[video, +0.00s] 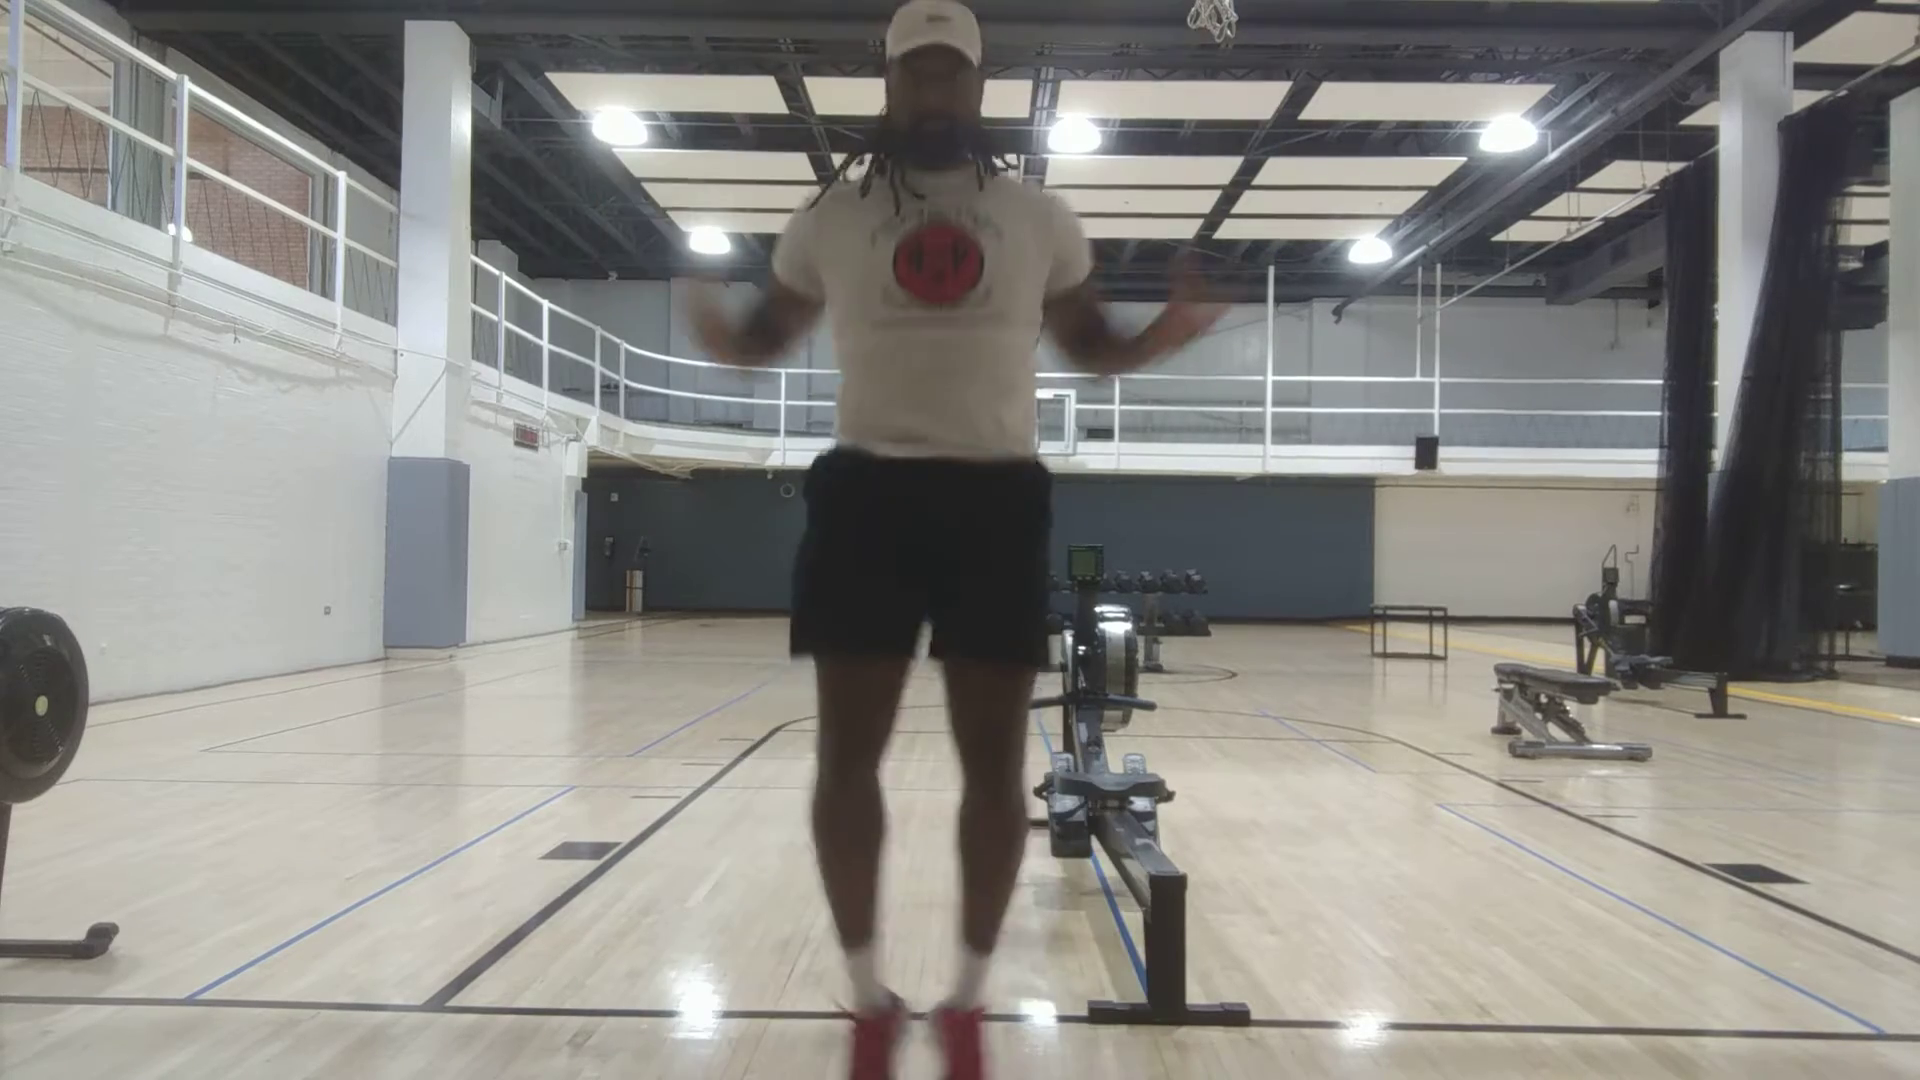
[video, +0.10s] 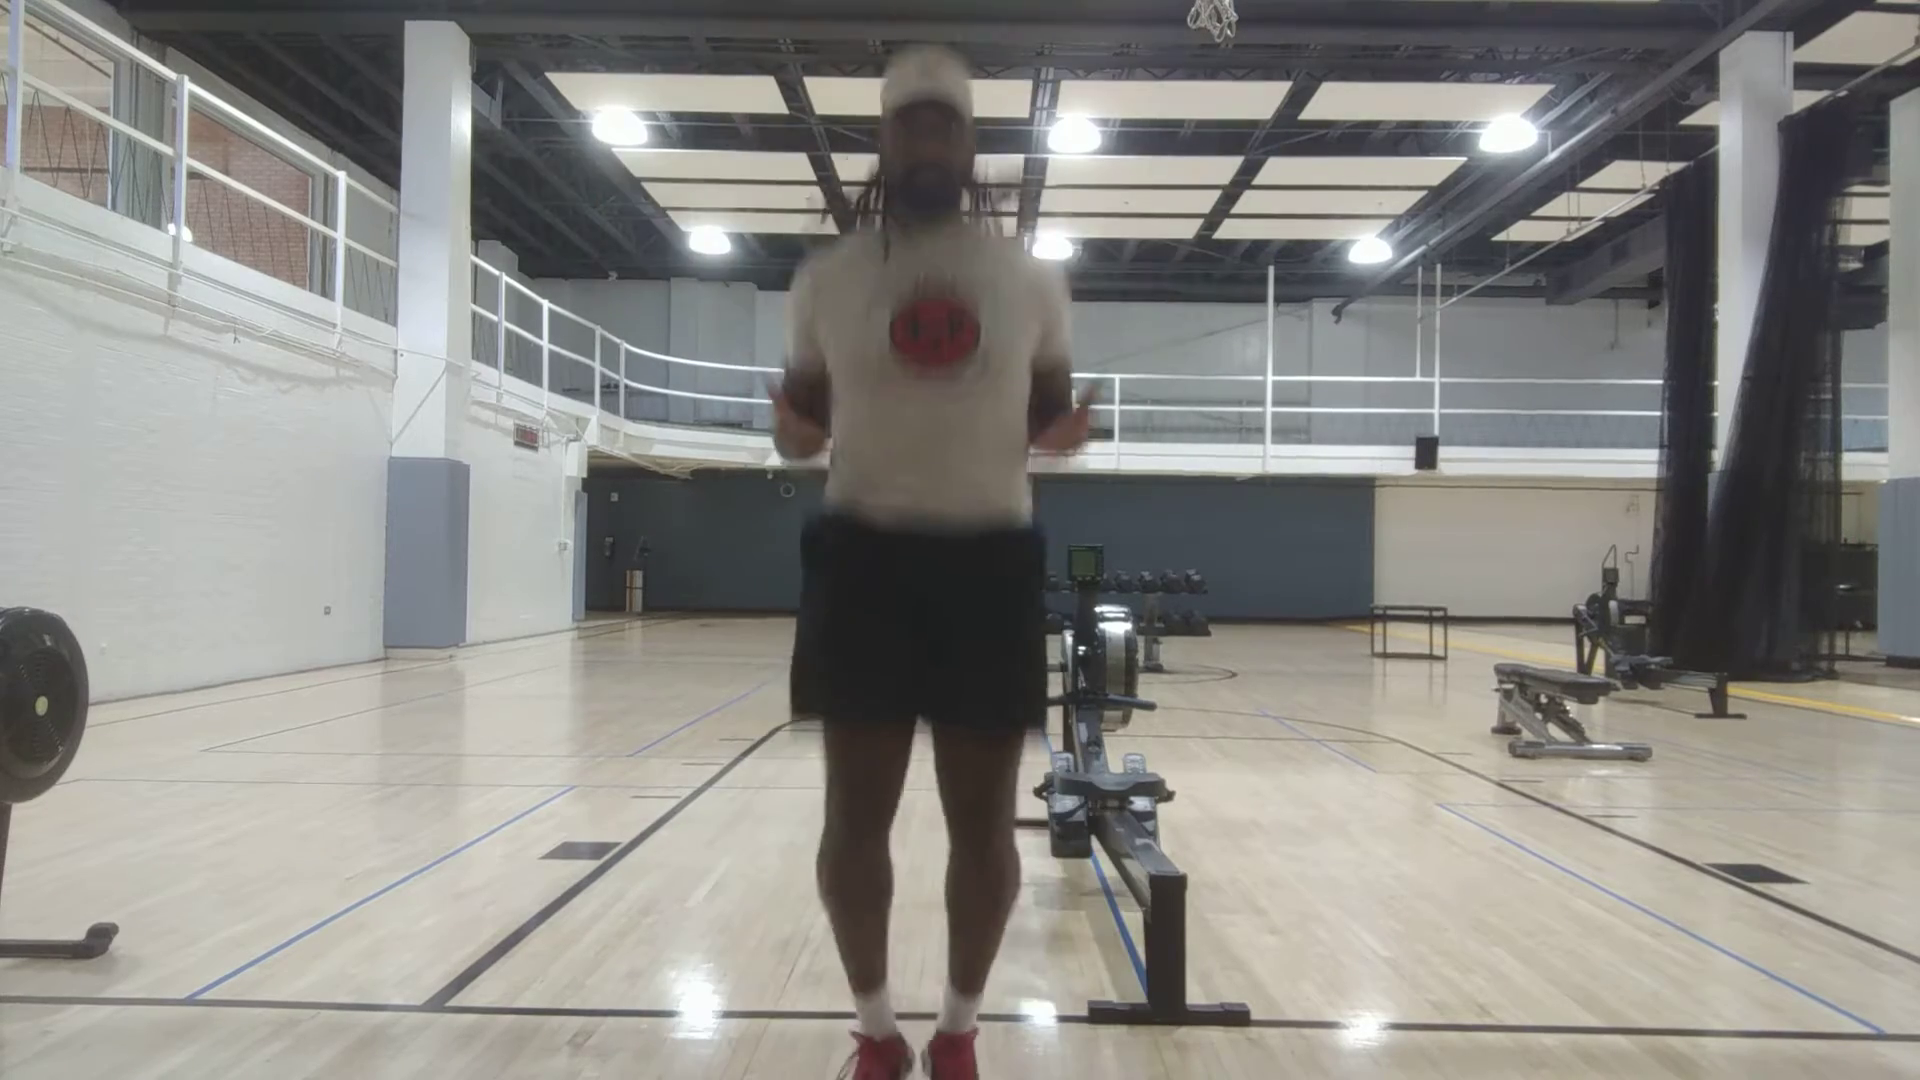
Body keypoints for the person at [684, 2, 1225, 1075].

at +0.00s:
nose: (937, 89)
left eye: (954, 71)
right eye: (919, 71)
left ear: (980, 87)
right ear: (886, 87)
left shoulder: (1035, 211)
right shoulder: (833, 215)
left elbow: (1092, 348)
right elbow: (761, 340)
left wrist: (1162, 332)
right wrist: (724, 325)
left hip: (997, 501)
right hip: (866, 498)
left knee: (993, 766)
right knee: (849, 760)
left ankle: (967, 1001)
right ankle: (868, 997)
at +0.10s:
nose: (928, 133)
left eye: (946, 117)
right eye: (910, 116)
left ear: (973, 140)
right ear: (880, 137)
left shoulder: (1028, 279)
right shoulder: (829, 275)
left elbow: (1051, 417)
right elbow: (804, 424)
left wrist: (1051, 426)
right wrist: (799, 417)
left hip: (989, 557)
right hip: (863, 552)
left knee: (982, 820)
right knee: (857, 810)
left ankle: (957, 1030)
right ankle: (875, 1033)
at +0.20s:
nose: (922, 176)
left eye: (940, 159)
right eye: (904, 159)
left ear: (967, 181)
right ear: (877, 180)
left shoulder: (1023, 314)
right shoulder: (823, 317)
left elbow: (1069, 445)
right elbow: (781, 454)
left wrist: (1065, 464)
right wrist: (812, 479)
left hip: (987, 592)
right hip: (859, 591)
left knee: (978, 835)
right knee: (858, 829)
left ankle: (952, 1035)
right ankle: (883, 1039)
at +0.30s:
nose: (925, 111)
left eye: (943, 93)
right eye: (906, 94)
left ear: (971, 113)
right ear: (877, 114)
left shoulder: (1024, 252)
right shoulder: (824, 250)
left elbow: (1085, 373)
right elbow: (760, 371)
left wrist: (1133, 366)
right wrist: (716, 373)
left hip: (989, 528)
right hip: (859, 527)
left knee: (989, 779)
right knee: (846, 769)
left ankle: (970, 1005)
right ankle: (863, 1001)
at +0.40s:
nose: (923, 65)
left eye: (941, 49)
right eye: (903, 50)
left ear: (972, 75)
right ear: (875, 76)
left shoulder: (1026, 195)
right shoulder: (825, 193)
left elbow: (1135, 308)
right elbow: (707, 304)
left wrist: (1192, 231)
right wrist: (639, 238)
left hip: (990, 481)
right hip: (854, 480)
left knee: (1013, 738)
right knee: (817, 733)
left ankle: (1033, 983)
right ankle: (799, 979)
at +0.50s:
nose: (922, 87)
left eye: (940, 69)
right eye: (903, 69)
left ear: (972, 90)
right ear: (874, 92)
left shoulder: (1030, 206)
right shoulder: (821, 202)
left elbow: (1173, 253)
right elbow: (672, 244)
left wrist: (1189, 116)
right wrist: (622, 111)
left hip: (993, 497)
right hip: (851, 493)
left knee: (1056, 759)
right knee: (768, 758)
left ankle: (1118, 997)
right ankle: (700, 1002)